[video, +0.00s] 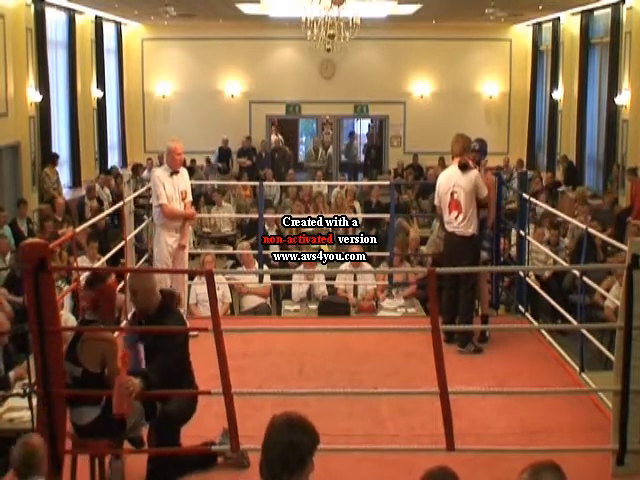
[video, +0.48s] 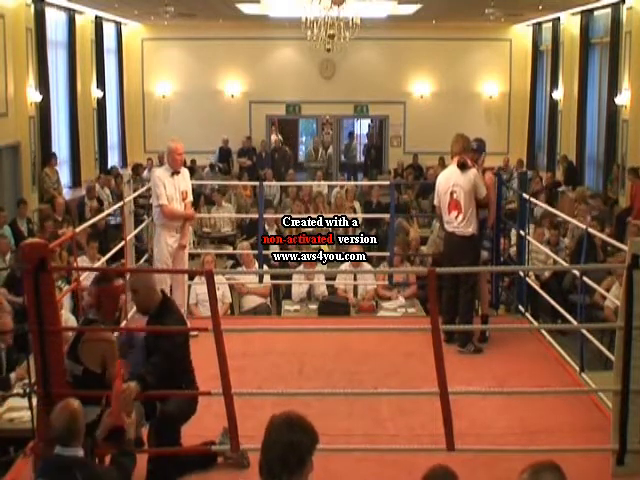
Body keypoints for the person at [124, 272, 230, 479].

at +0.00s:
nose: (132, 299)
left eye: (136, 293)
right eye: (130, 293)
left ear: (150, 293)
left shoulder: (172, 321)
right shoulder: (141, 317)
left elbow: (168, 362)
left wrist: (143, 381)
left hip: (181, 391)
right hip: (157, 391)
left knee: (165, 419)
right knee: (164, 466)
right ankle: (214, 449)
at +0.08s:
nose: (131, 298)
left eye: (135, 293)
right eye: (129, 292)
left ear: (153, 291)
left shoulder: (170, 320)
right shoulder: (142, 317)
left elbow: (166, 360)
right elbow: (142, 356)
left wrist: (142, 380)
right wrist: (130, 375)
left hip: (180, 391)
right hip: (156, 390)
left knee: (166, 417)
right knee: (163, 466)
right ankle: (214, 449)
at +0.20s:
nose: (130, 298)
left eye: (134, 293)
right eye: (129, 293)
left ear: (150, 292)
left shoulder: (170, 321)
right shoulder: (148, 314)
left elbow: (165, 362)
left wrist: (140, 381)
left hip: (179, 391)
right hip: (155, 390)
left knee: (166, 417)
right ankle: (214, 449)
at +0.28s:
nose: (129, 298)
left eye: (133, 293)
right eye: (128, 293)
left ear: (150, 292)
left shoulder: (169, 321)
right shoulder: (152, 316)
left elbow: (163, 362)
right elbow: (146, 357)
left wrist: (139, 382)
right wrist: (132, 377)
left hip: (180, 391)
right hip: (158, 389)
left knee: (166, 415)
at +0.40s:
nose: (131, 299)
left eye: (134, 292)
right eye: (129, 293)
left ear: (150, 291)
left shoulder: (168, 322)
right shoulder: (156, 314)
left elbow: (163, 363)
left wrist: (140, 383)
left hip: (179, 393)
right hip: (161, 391)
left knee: (165, 415)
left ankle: (216, 451)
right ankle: (215, 449)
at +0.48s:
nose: (133, 299)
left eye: (136, 292)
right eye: (131, 293)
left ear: (152, 291)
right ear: (151, 291)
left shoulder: (169, 322)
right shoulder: (158, 314)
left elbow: (163, 363)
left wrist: (140, 383)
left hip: (180, 393)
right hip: (162, 391)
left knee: (165, 415)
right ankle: (215, 449)